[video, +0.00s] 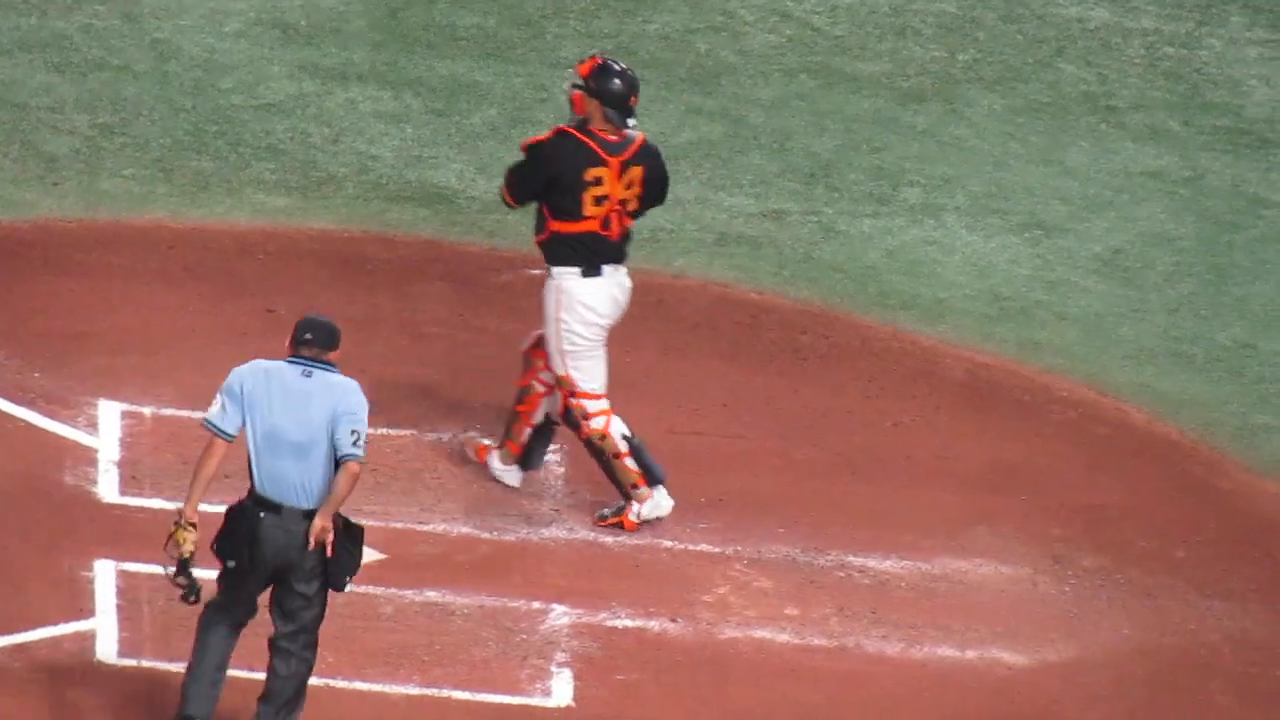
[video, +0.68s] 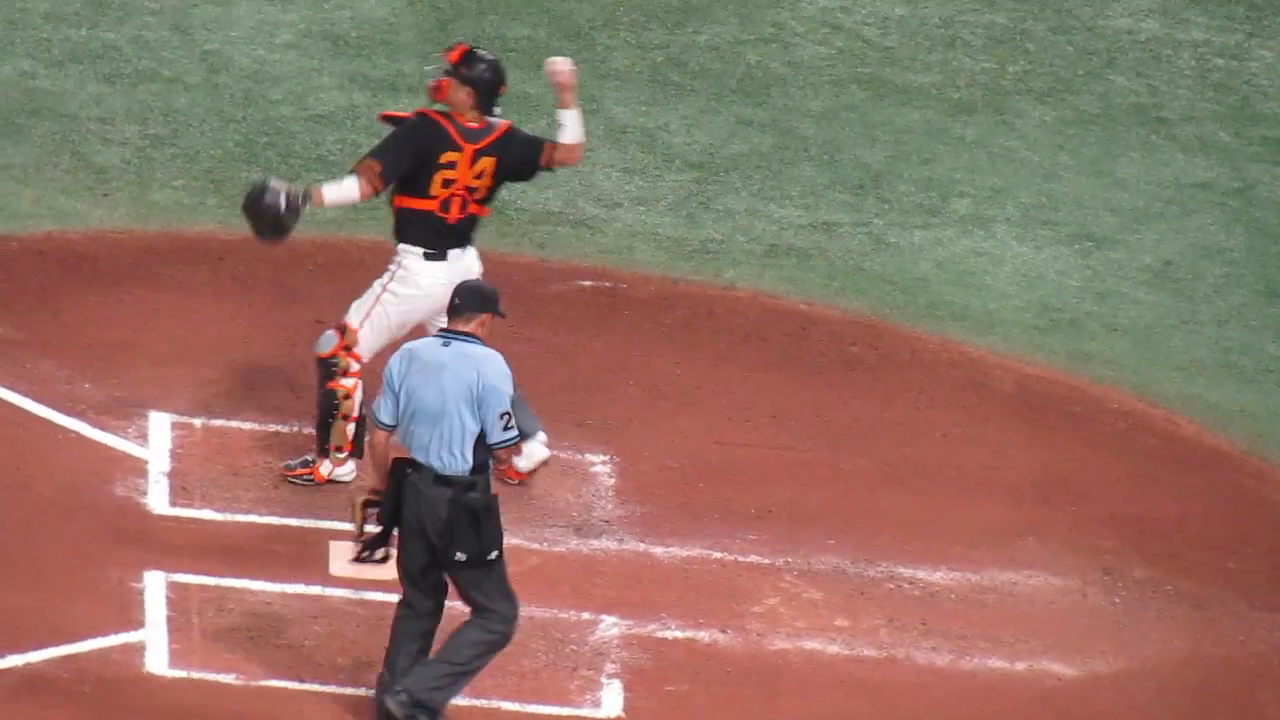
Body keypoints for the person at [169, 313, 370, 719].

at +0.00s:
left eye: (294, 345)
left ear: (290, 346)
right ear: (334, 354)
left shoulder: (250, 375)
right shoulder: (348, 393)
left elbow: (215, 448)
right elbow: (352, 466)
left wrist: (189, 515)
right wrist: (325, 514)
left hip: (256, 526)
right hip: (311, 536)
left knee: (225, 615)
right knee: (294, 644)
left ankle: (194, 710)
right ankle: (275, 713)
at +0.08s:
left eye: (303, 333)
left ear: (302, 334)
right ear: (345, 344)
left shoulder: (261, 366)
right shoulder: (359, 381)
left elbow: (227, 438)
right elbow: (371, 447)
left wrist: (200, 504)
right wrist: (341, 491)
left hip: (267, 514)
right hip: (319, 523)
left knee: (241, 605)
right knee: (298, 633)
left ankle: (217, 708)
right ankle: (276, 713)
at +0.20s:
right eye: (370, 339)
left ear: (331, 331)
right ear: (373, 340)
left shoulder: (288, 360)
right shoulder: (384, 374)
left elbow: (256, 430)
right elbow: (411, 433)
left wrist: (228, 495)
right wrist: (377, 477)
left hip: (293, 506)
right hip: (344, 516)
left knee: (281, 606)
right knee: (315, 628)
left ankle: (275, 703)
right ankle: (284, 711)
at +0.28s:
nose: (393, 343)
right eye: (397, 338)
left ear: (359, 330)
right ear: (400, 339)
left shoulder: (316, 359)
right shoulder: (410, 377)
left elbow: (283, 428)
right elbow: (445, 441)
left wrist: (255, 493)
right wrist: (426, 480)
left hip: (318, 507)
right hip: (368, 516)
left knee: (319, 604)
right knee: (338, 626)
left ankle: (329, 691)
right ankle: (299, 712)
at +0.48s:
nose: (452, 332)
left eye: (448, 326)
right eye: (451, 327)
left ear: (407, 320)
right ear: (445, 328)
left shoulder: (365, 359)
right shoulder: (456, 370)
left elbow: (335, 428)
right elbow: (469, 442)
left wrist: (311, 489)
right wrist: (489, 461)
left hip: (373, 498)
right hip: (420, 507)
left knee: (391, 598)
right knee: (409, 618)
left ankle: (398, 696)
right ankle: (336, 713)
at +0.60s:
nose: (478, 329)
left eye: (474, 323)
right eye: (477, 324)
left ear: (435, 317)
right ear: (471, 324)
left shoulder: (393, 360)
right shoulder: (478, 370)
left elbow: (360, 435)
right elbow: (497, 448)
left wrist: (354, 495)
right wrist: (517, 466)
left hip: (399, 495)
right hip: (446, 505)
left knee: (413, 605)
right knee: (464, 624)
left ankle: (401, 701)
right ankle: (384, 695)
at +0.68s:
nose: (494, 325)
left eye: (493, 318)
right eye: (493, 319)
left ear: (451, 313)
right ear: (483, 320)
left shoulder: (407, 355)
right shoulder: (491, 366)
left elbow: (379, 434)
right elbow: (504, 449)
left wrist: (379, 488)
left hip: (411, 491)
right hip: (460, 500)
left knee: (419, 601)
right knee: (497, 613)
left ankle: (394, 699)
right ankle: (414, 700)